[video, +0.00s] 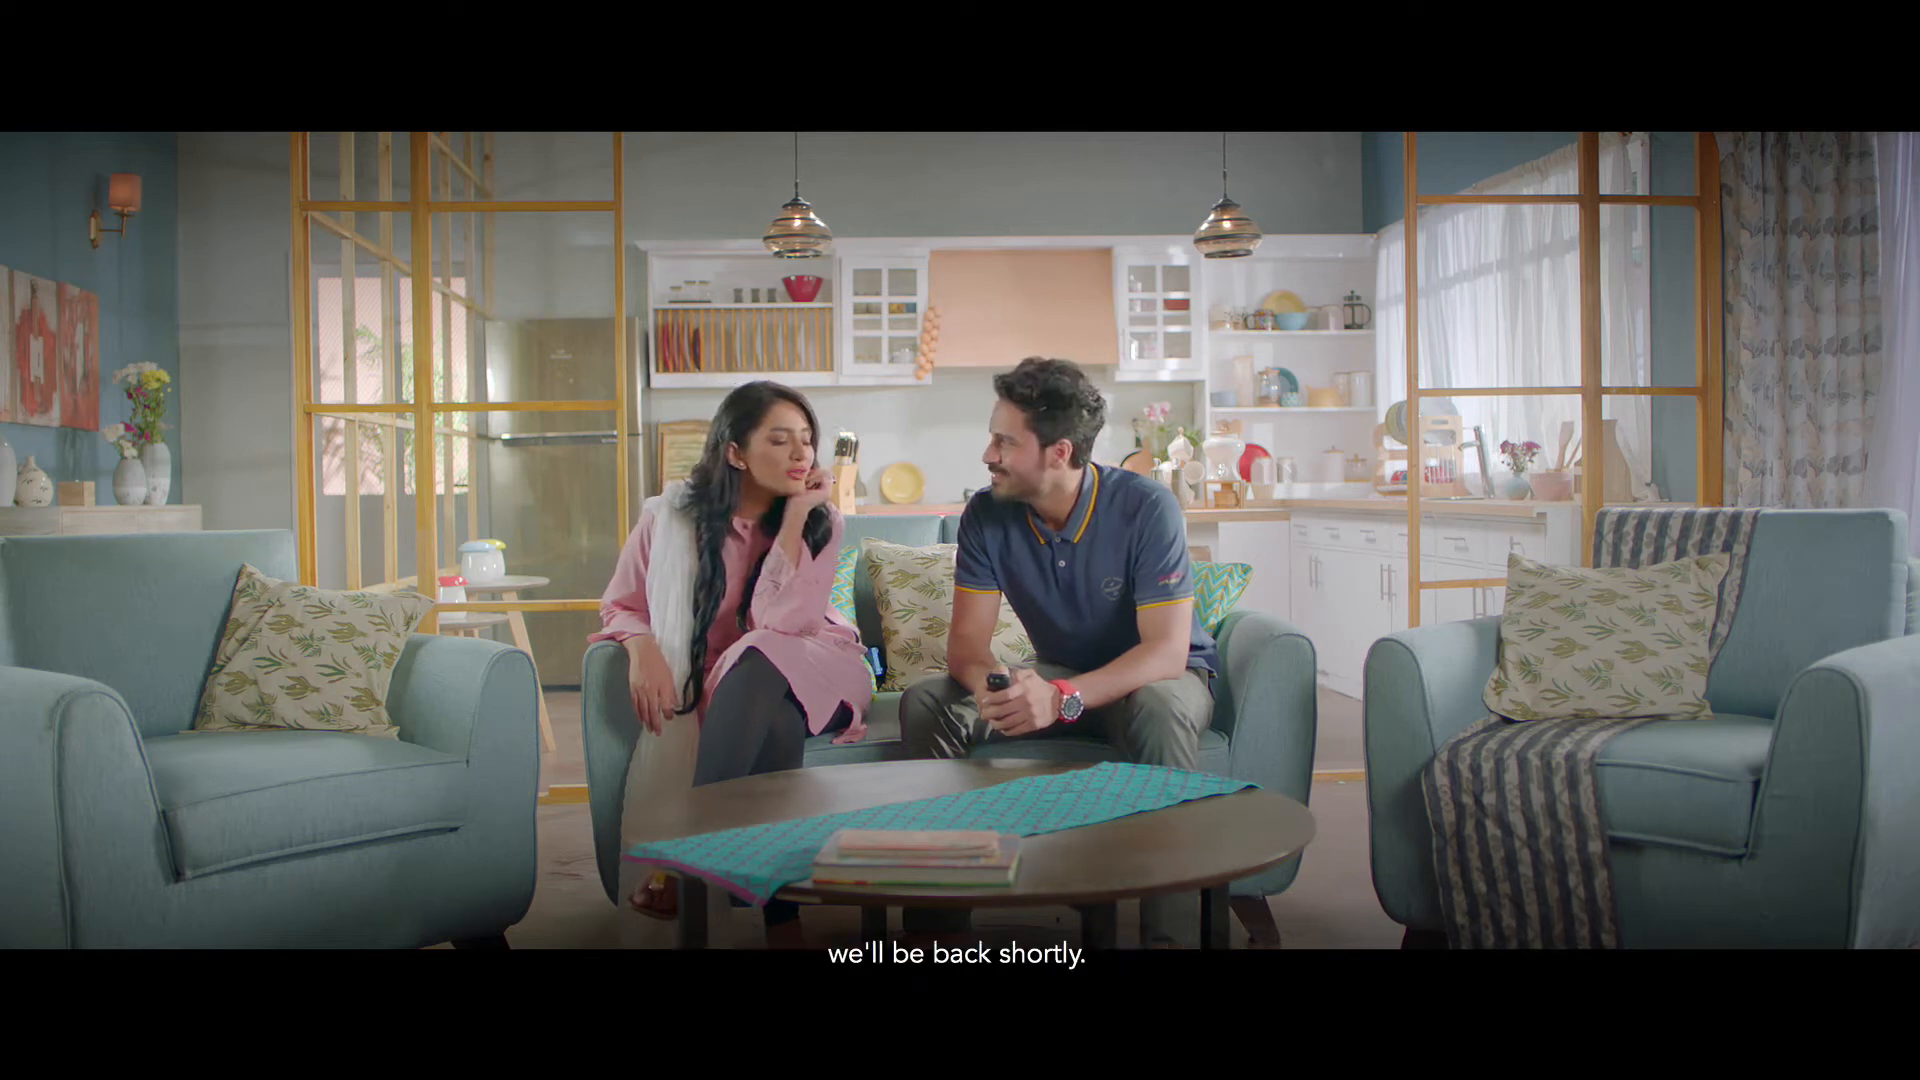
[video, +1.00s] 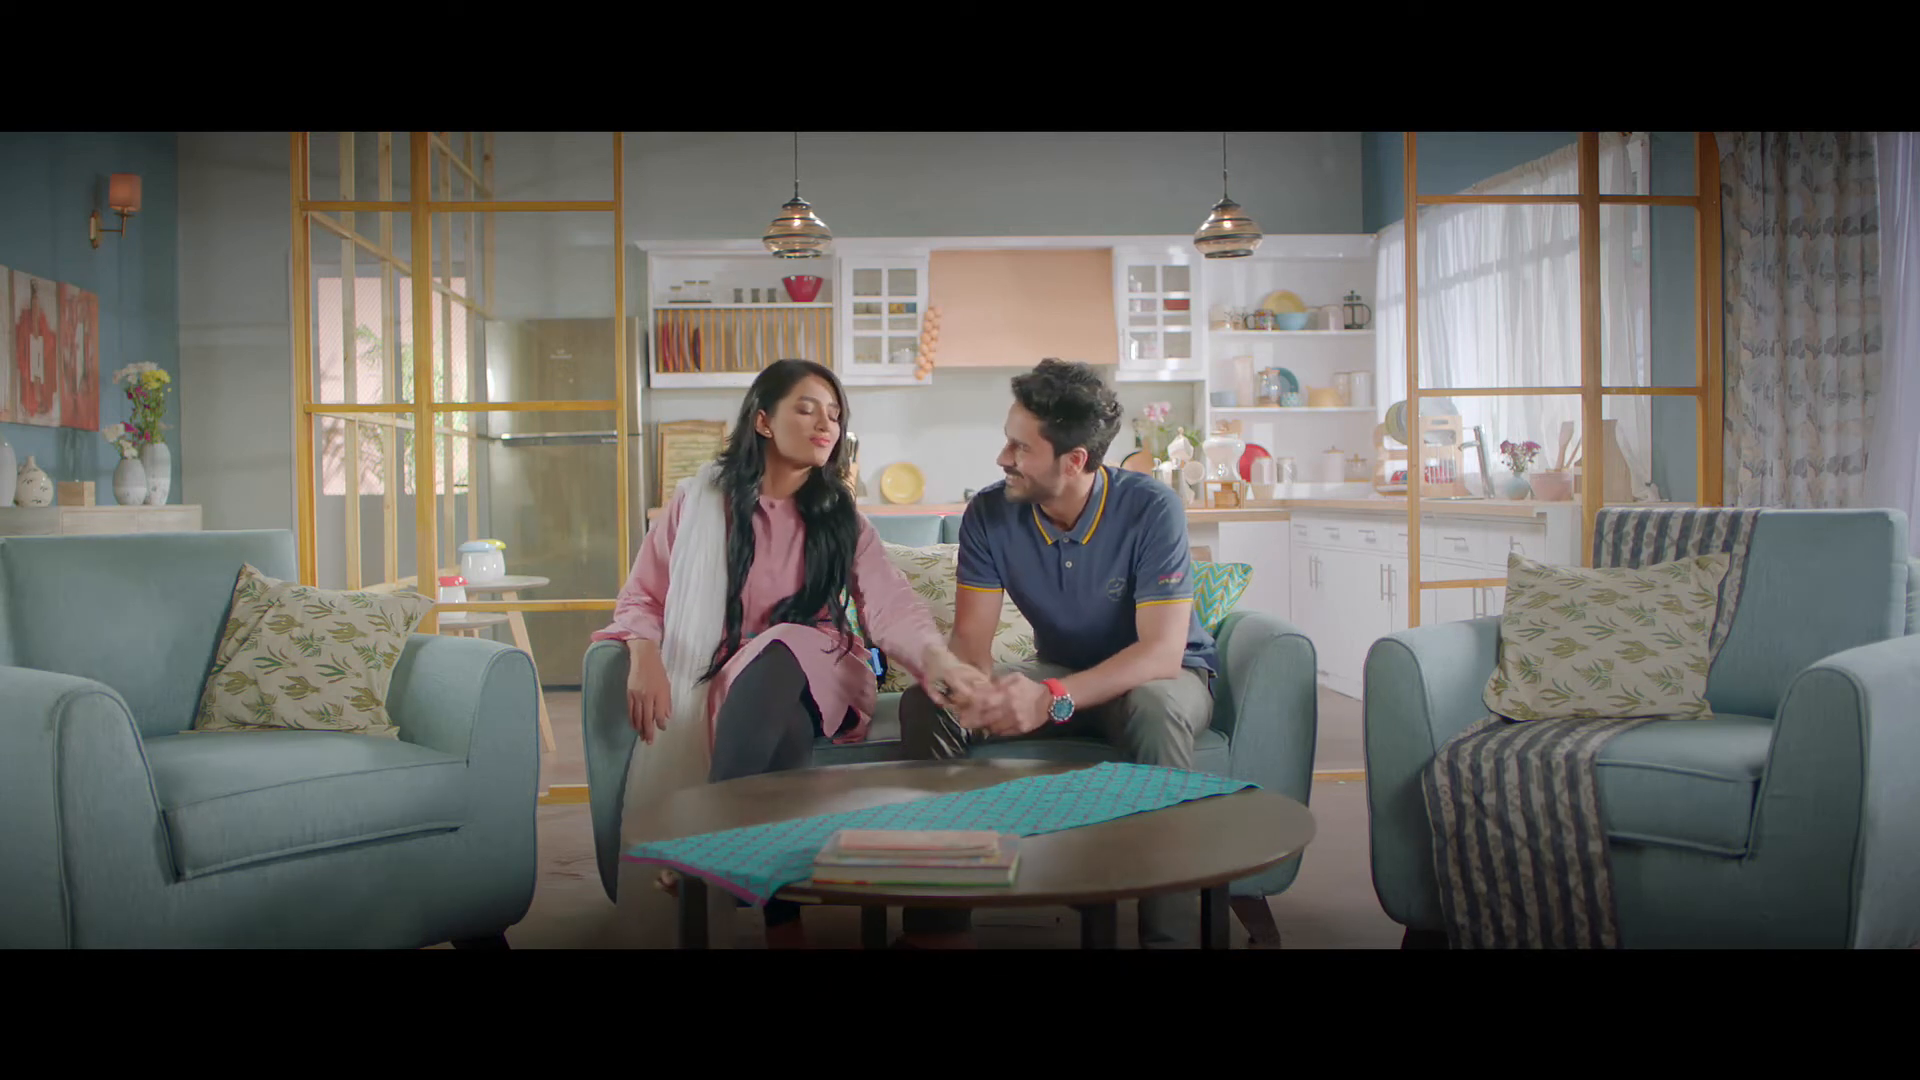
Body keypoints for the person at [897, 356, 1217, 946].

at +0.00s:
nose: (988, 455)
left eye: (1005, 444)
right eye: (992, 439)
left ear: (1059, 453)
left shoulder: (1146, 509)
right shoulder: (987, 516)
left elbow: (1166, 654)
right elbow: (966, 646)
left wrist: (1063, 697)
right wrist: (995, 686)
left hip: (1156, 679)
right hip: (1060, 680)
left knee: (1158, 709)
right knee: (927, 703)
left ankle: (1170, 932)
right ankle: (939, 904)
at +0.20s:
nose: (989, 455)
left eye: (1005, 444)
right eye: (992, 438)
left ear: (1060, 453)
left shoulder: (1146, 509)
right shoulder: (986, 516)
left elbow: (1166, 654)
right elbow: (966, 646)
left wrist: (1063, 697)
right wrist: (995, 687)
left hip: (1156, 679)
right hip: (1060, 680)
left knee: (1158, 709)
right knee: (927, 703)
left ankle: (1170, 932)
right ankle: (939, 904)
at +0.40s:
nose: (990, 456)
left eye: (1007, 444)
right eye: (994, 439)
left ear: (1061, 454)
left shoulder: (1146, 509)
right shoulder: (986, 516)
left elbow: (1166, 654)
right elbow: (966, 646)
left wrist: (1063, 697)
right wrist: (996, 687)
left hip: (1157, 679)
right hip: (1060, 679)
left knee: (1157, 709)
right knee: (926, 704)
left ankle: (1169, 933)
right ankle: (938, 906)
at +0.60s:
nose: (1006, 456)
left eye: (1028, 446)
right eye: (1007, 436)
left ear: (1080, 456)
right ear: (1005, 426)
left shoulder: (1147, 509)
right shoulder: (986, 513)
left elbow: (1165, 654)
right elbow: (966, 658)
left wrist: (1062, 697)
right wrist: (1000, 682)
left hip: (1156, 680)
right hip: (1060, 681)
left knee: (1159, 706)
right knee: (927, 702)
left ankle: (1169, 931)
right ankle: (936, 904)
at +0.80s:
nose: (1007, 458)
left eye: (1026, 448)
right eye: (1009, 439)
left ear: (1081, 459)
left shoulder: (1148, 508)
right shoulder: (986, 512)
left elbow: (1161, 653)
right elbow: (969, 643)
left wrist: (1063, 708)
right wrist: (987, 695)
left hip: (1154, 678)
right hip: (1060, 674)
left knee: (1159, 709)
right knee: (927, 705)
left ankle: (1170, 930)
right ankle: (940, 904)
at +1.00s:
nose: (1002, 459)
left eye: (1019, 449)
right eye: (1006, 441)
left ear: (1073, 462)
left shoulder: (1149, 508)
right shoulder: (989, 514)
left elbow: (1161, 653)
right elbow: (970, 639)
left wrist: (1052, 697)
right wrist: (964, 689)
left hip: (1156, 677)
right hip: (1060, 674)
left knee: (1154, 708)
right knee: (928, 706)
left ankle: (1168, 934)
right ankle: (939, 918)